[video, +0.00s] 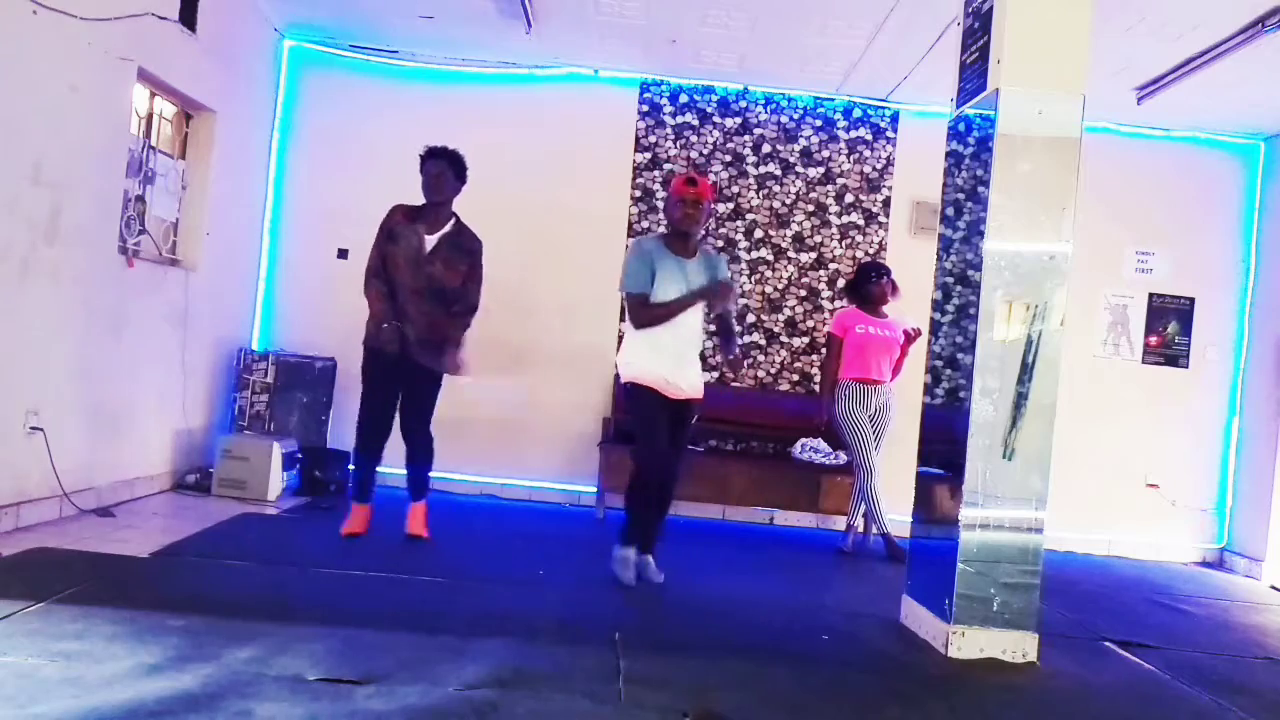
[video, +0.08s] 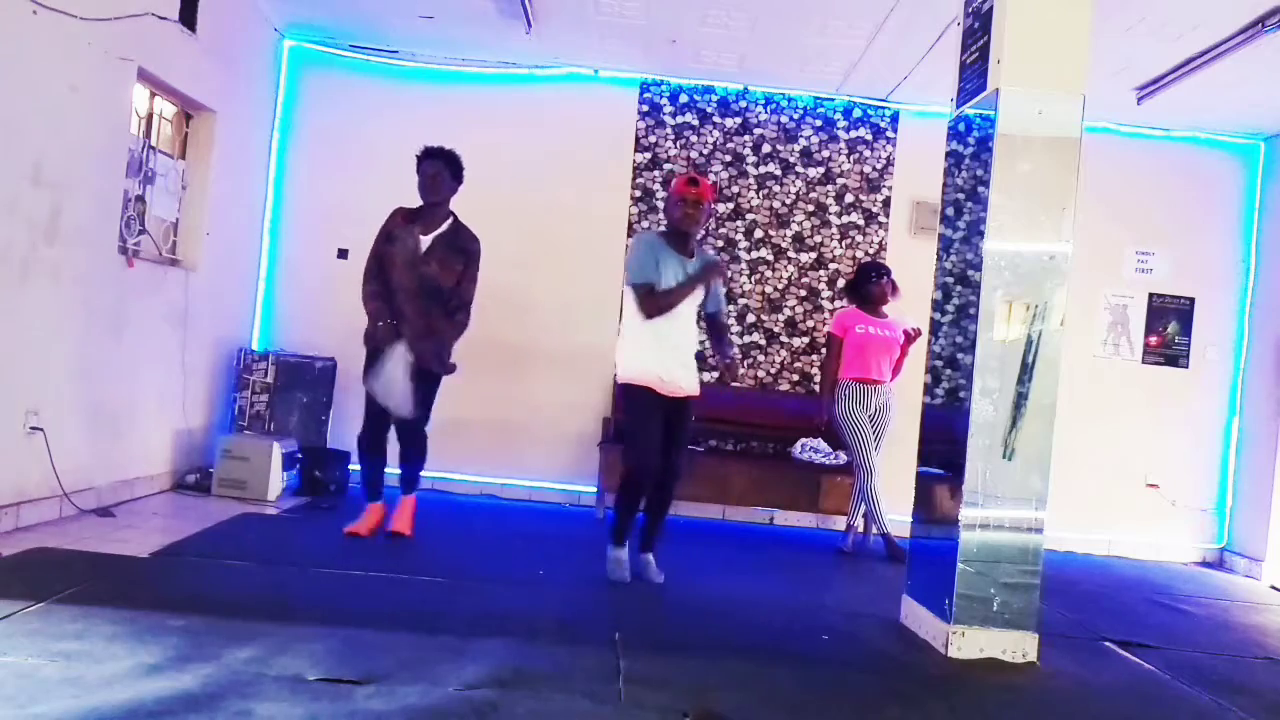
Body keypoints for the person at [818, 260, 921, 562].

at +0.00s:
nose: (890, 286)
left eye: (890, 281)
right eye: (883, 281)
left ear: (889, 287)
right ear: (866, 287)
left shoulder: (894, 328)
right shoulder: (846, 317)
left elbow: (892, 374)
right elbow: (831, 363)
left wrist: (906, 348)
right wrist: (826, 404)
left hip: (881, 397)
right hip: (850, 394)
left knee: (867, 465)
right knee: (867, 463)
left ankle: (849, 533)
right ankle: (887, 536)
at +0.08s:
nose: (889, 286)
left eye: (889, 281)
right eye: (882, 281)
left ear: (889, 287)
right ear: (865, 287)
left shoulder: (895, 328)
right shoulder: (846, 317)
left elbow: (892, 374)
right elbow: (831, 363)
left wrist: (905, 348)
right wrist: (826, 404)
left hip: (881, 397)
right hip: (850, 394)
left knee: (868, 465)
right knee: (867, 463)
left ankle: (849, 533)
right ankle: (887, 536)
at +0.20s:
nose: (889, 286)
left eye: (889, 281)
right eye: (882, 281)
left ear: (890, 287)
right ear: (865, 287)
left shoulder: (895, 328)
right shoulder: (846, 317)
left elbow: (892, 375)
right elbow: (830, 363)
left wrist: (905, 348)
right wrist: (826, 404)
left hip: (881, 397)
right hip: (850, 394)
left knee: (868, 465)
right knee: (867, 464)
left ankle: (849, 532)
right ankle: (887, 536)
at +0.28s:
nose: (888, 286)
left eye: (889, 281)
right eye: (881, 281)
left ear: (890, 288)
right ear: (865, 287)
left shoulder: (895, 328)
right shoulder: (846, 317)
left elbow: (892, 375)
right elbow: (830, 364)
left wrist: (905, 348)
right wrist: (826, 405)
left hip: (881, 397)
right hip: (850, 394)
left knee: (868, 465)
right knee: (867, 464)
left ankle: (849, 532)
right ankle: (887, 535)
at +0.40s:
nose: (889, 286)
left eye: (889, 281)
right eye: (882, 281)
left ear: (890, 287)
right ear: (865, 287)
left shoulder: (894, 328)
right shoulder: (846, 317)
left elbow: (893, 375)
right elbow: (830, 364)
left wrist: (905, 347)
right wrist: (825, 405)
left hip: (882, 398)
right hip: (850, 394)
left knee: (868, 464)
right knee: (867, 463)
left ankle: (850, 532)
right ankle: (887, 536)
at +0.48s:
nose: (889, 285)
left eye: (889, 280)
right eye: (882, 280)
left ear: (889, 287)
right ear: (865, 287)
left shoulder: (894, 328)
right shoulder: (846, 317)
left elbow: (892, 375)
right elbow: (830, 364)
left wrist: (905, 347)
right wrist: (826, 405)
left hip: (881, 397)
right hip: (850, 394)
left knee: (868, 464)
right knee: (867, 463)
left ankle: (850, 533)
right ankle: (887, 536)